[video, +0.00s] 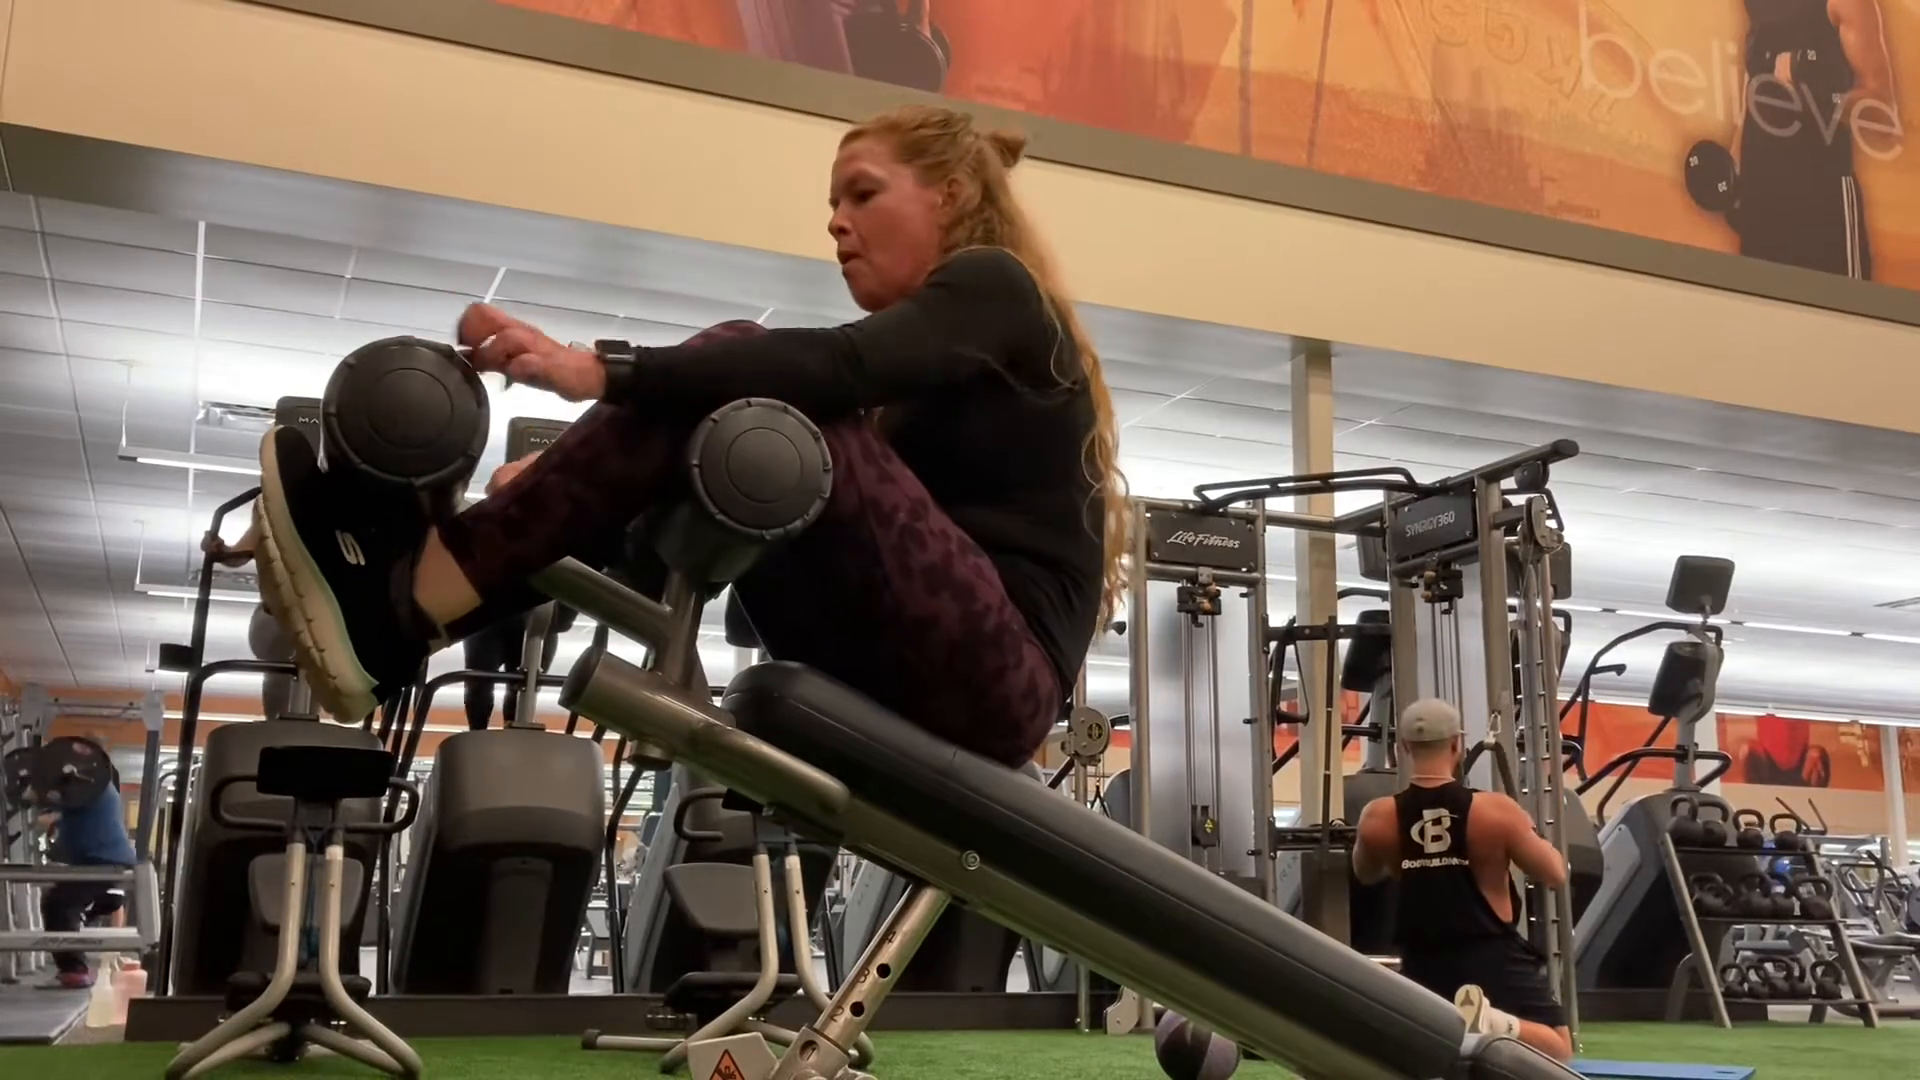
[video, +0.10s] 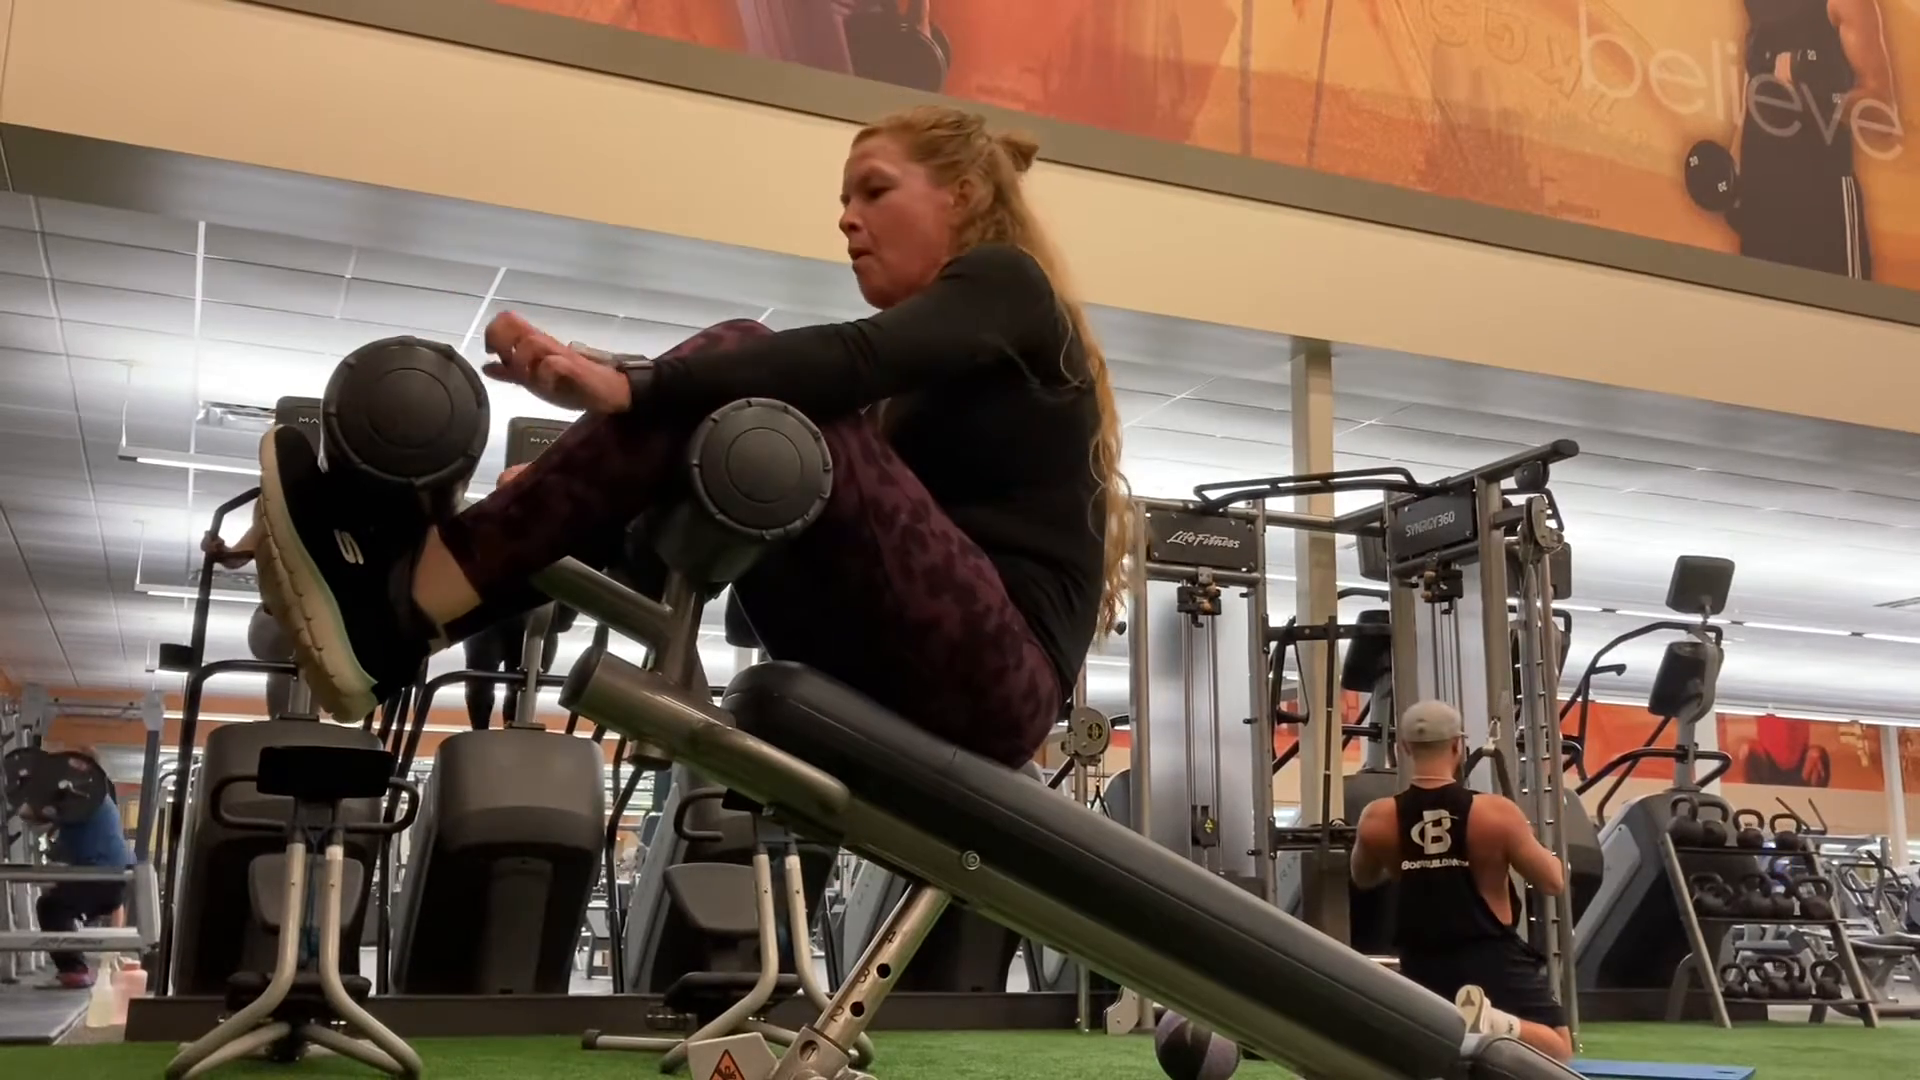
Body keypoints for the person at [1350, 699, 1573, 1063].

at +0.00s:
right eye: (1461, 740)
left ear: (1401, 750)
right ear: (1456, 745)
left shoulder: (1378, 817)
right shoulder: (1496, 811)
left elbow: (1365, 872)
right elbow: (1555, 874)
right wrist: (1528, 834)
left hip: (1421, 969)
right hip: (1495, 965)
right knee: (1561, 1049)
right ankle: (1493, 1021)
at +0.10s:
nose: (1463, 748)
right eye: (1462, 741)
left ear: (1403, 748)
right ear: (1457, 746)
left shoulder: (1378, 818)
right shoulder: (1497, 814)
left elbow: (1363, 877)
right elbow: (1554, 882)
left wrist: (1401, 848)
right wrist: (1543, 853)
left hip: (1420, 969)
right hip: (1494, 966)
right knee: (1561, 1049)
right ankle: (1493, 1021)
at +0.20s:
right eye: (1463, 745)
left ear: (1405, 749)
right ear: (1459, 748)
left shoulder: (1377, 819)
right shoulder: (1497, 816)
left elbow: (1361, 886)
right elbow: (1553, 889)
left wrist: (1403, 865)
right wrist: (1543, 860)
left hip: (1419, 970)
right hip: (1492, 968)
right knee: (1561, 1047)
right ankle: (1494, 1021)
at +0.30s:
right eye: (1464, 745)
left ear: (1406, 749)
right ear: (1459, 749)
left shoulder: (1377, 820)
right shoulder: (1496, 818)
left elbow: (1363, 886)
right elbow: (1552, 889)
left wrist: (1404, 864)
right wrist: (1540, 859)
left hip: (1417, 971)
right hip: (1491, 968)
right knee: (1561, 1048)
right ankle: (1494, 1022)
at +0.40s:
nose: (1465, 750)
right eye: (1463, 743)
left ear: (1405, 751)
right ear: (1457, 748)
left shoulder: (1377, 819)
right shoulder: (1496, 817)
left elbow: (1367, 881)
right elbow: (1555, 884)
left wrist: (1412, 861)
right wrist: (1535, 851)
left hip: (1416, 971)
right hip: (1491, 968)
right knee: (1561, 1049)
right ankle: (1493, 1022)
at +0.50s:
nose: (1464, 745)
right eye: (1462, 739)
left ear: (1406, 749)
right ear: (1456, 745)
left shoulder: (1378, 817)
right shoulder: (1497, 814)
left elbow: (1368, 875)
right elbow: (1555, 877)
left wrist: (1412, 853)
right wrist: (1530, 842)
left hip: (1416, 968)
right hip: (1490, 966)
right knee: (1561, 1049)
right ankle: (1493, 1022)